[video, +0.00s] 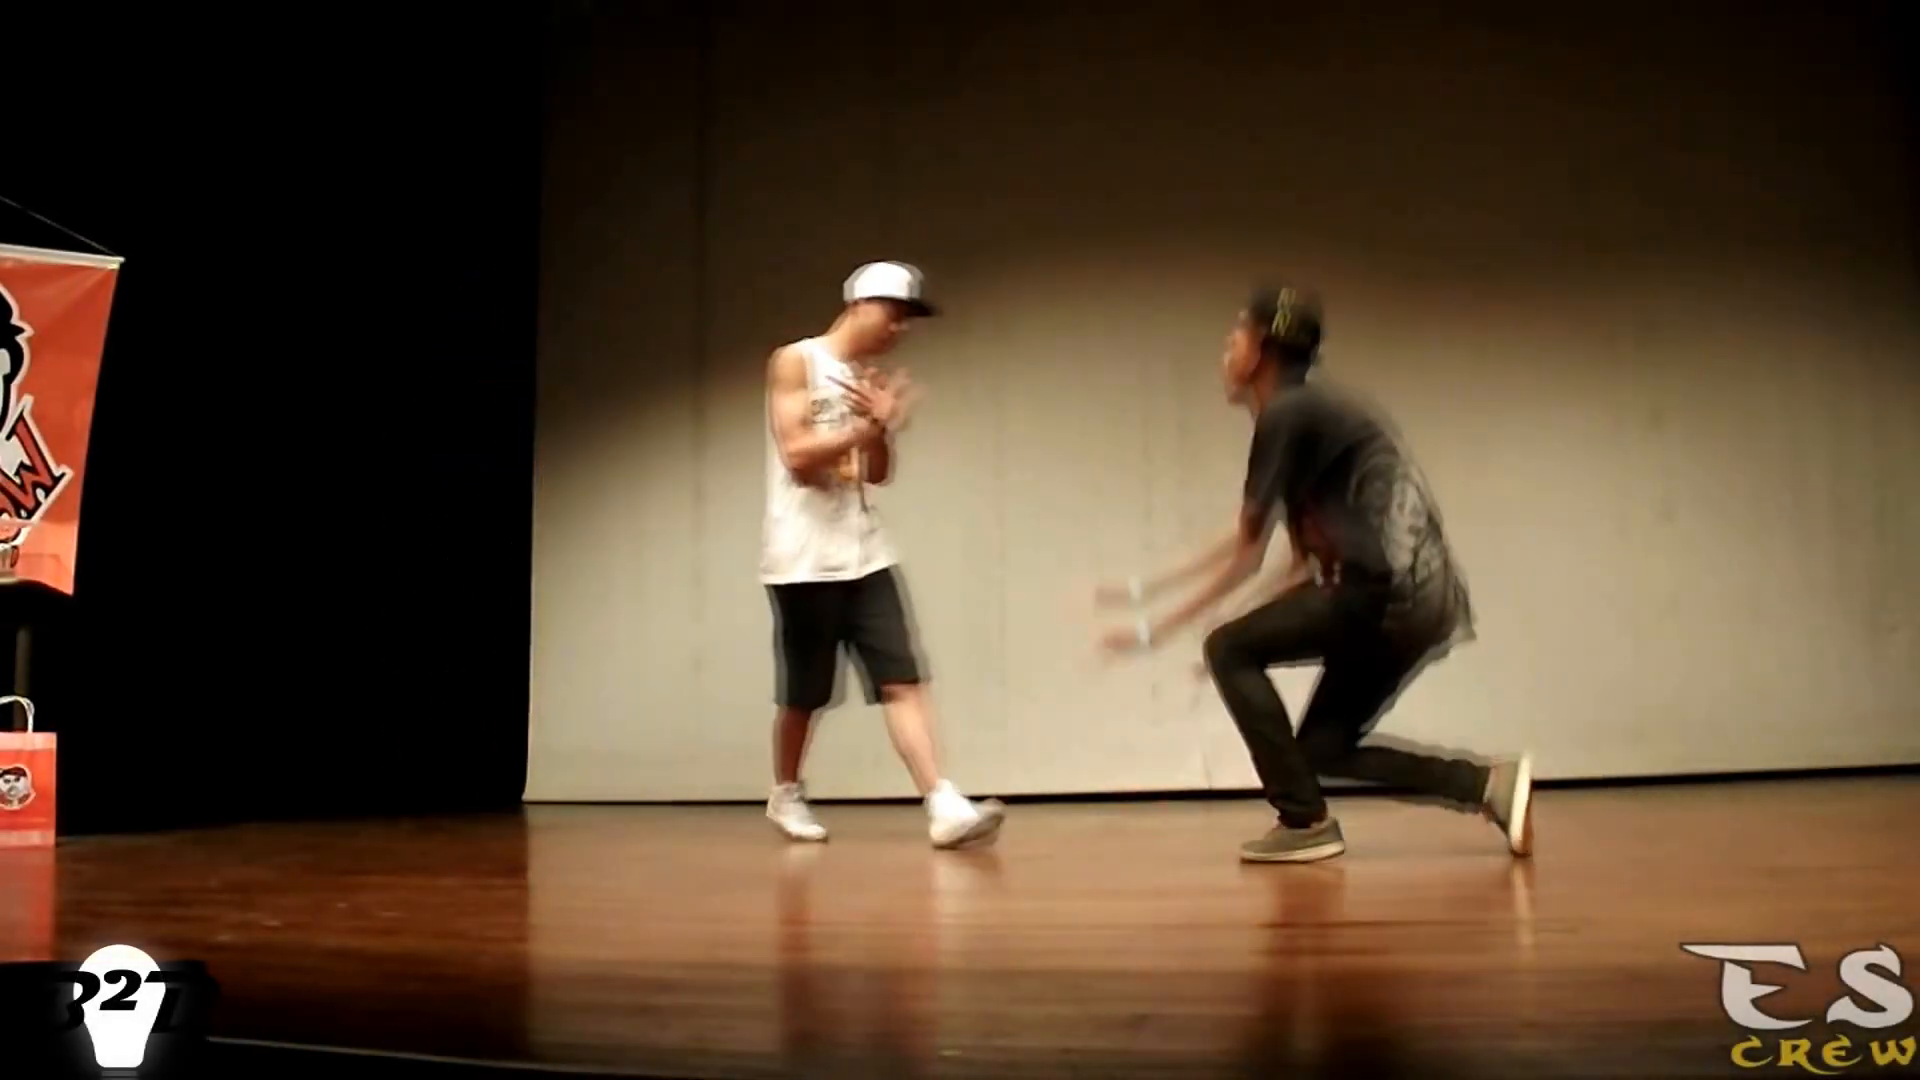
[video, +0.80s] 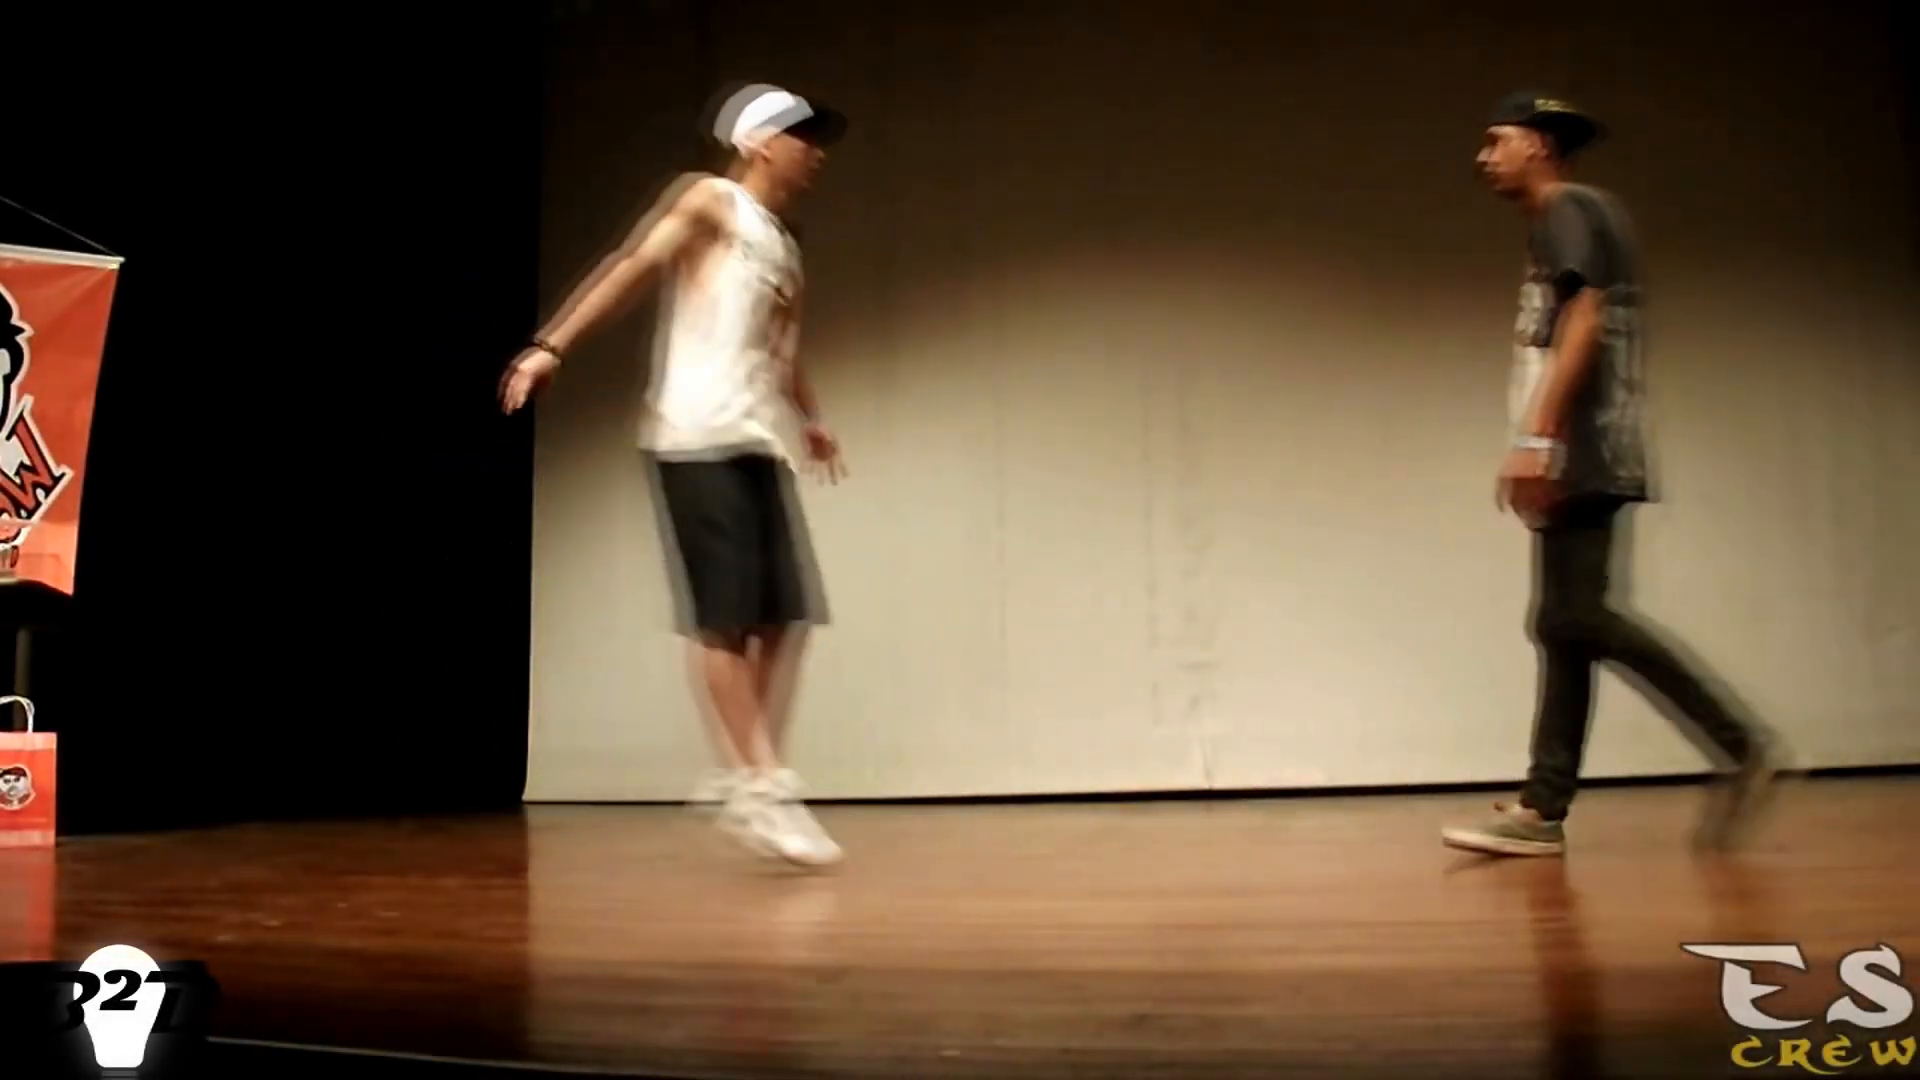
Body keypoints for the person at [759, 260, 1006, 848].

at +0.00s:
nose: (900, 330)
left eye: (906, 320)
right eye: (894, 315)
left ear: (897, 321)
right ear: (862, 305)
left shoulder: (876, 379)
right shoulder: (795, 362)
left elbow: (877, 474)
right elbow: (797, 454)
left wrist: (881, 424)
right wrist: (865, 428)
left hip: (863, 552)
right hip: (802, 556)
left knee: (900, 676)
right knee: (805, 689)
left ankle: (944, 805)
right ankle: (785, 796)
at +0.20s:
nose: (942, 304)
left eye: (948, 293)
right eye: (937, 288)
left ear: (935, 288)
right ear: (902, 273)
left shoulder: (911, 356)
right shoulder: (833, 329)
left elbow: (911, 450)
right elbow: (814, 421)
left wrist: (938, 507)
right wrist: (837, 491)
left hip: (900, 531)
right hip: (838, 534)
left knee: (937, 664)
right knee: (870, 667)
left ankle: (950, 804)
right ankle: (845, 769)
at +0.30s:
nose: (949, 271)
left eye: (955, 259)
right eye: (943, 254)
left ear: (939, 259)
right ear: (906, 245)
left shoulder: (914, 334)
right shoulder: (835, 306)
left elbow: (915, 442)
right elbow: (794, 398)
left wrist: (936, 533)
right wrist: (755, 489)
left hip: (901, 514)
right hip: (837, 509)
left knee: (937, 653)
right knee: (867, 647)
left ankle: (949, 800)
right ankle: (864, 795)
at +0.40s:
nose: (948, 252)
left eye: (952, 241)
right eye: (938, 236)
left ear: (932, 248)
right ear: (899, 235)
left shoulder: (908, 324)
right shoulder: (830, 299)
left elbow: (883, 413)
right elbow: (760, 378)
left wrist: (895, 487)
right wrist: (689, 458)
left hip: (898, 506)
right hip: (837, 502)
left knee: (943, 650)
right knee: (860, 640)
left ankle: (942, 802)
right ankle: (847, 801)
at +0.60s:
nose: (908, 231)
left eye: (908, 220)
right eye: (894, 217)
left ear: (870, 227)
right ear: (850, 221)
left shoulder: (856, 314)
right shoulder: (792, 284)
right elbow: (700, 346)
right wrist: (593, 407)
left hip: (848, 510)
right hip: (791, 503)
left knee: (898, 655)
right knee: (846, 646)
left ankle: (935, 807)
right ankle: (796, 820)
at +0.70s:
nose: (864, 203)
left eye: (863, 190)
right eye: (851, 189)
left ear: (825, 195)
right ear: (808, 189)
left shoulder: (812, 284)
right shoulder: (754, 248)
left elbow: (813, 376)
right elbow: (667, 310)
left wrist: (839, 437)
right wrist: (564, 379)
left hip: (800, 485)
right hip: (748, 478)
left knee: (844, 646)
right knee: (802, 642)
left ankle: (876, 803)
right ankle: (791, 823)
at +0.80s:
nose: (815, 153)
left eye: (814, 141)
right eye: (800, 138)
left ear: (782, 151)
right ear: (756, 143)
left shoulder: (781, 248)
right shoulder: (708, 198)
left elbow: (783, 352)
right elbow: (631, 265)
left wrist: (810, 424)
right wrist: (550, 346)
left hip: (754, 442)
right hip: (697, 437)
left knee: (780, 613)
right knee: (725, 619)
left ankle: (742, 775)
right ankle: (764, 786)